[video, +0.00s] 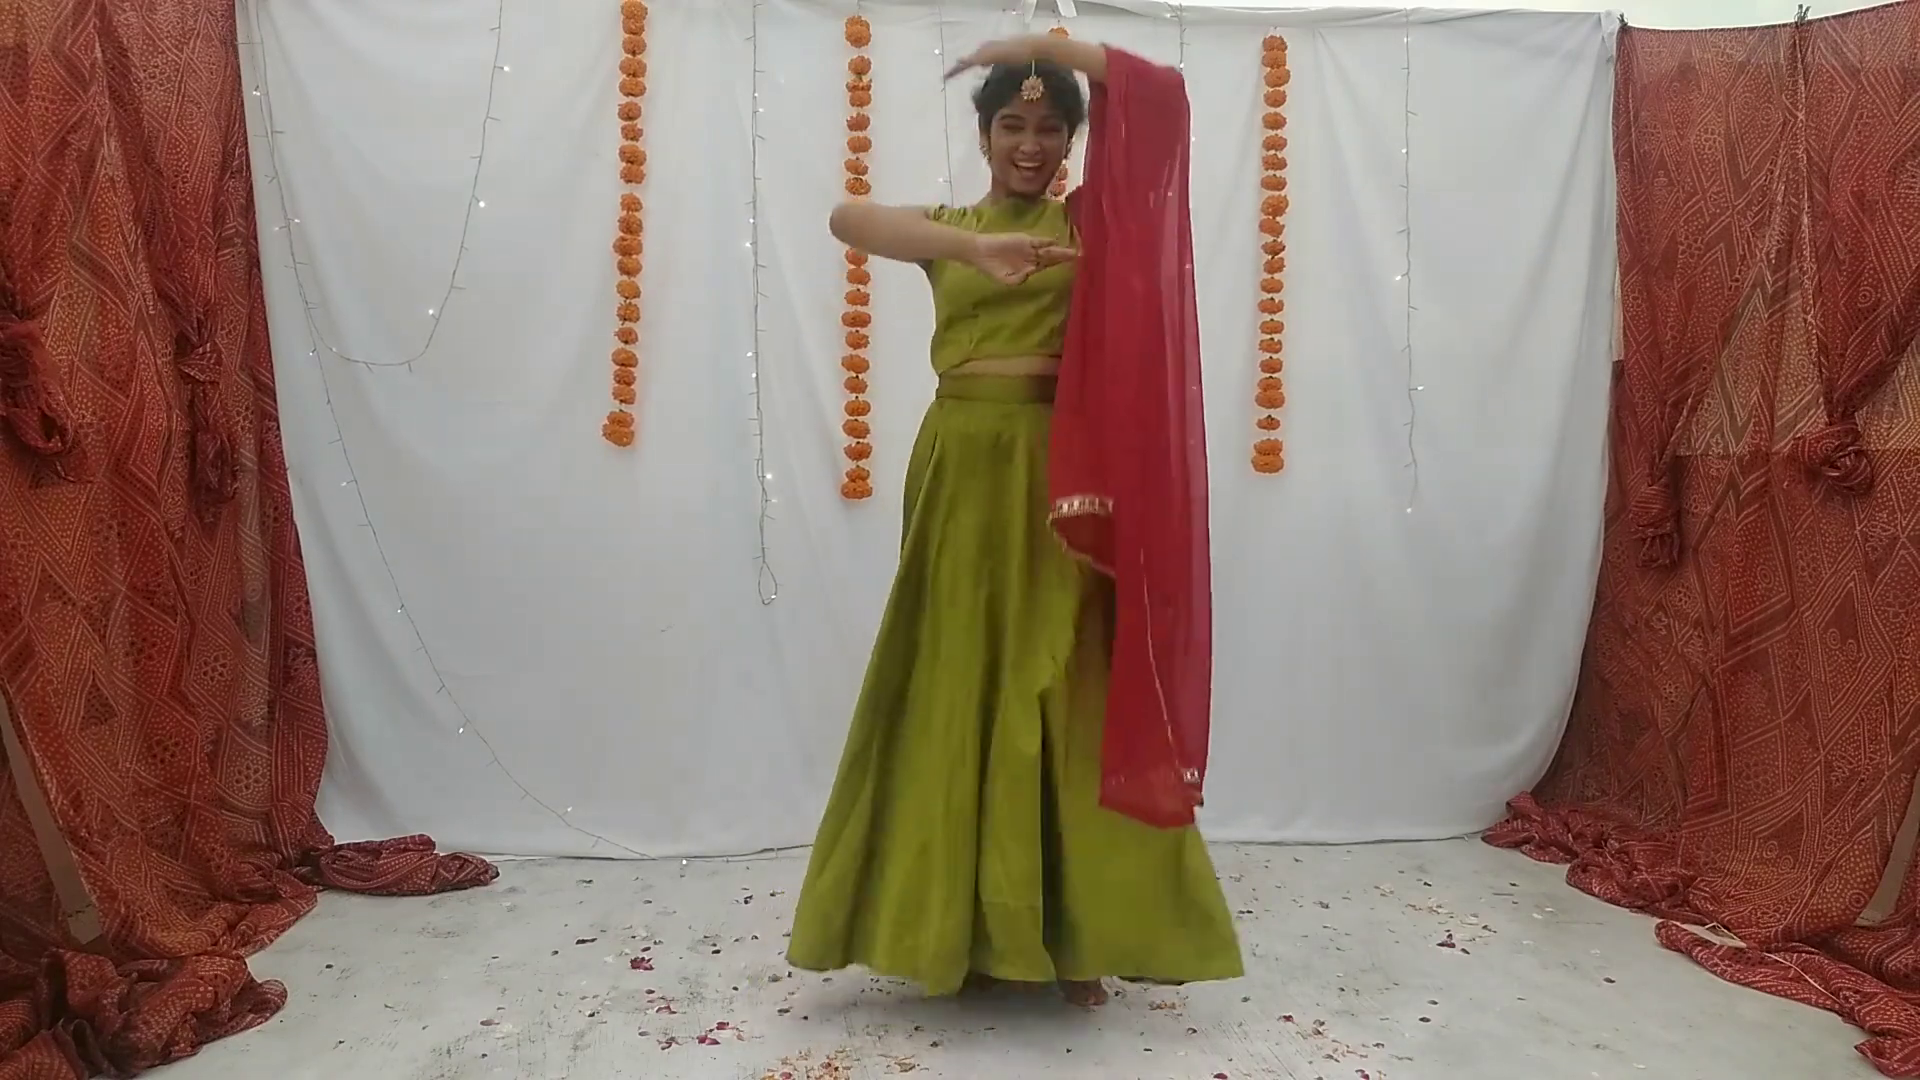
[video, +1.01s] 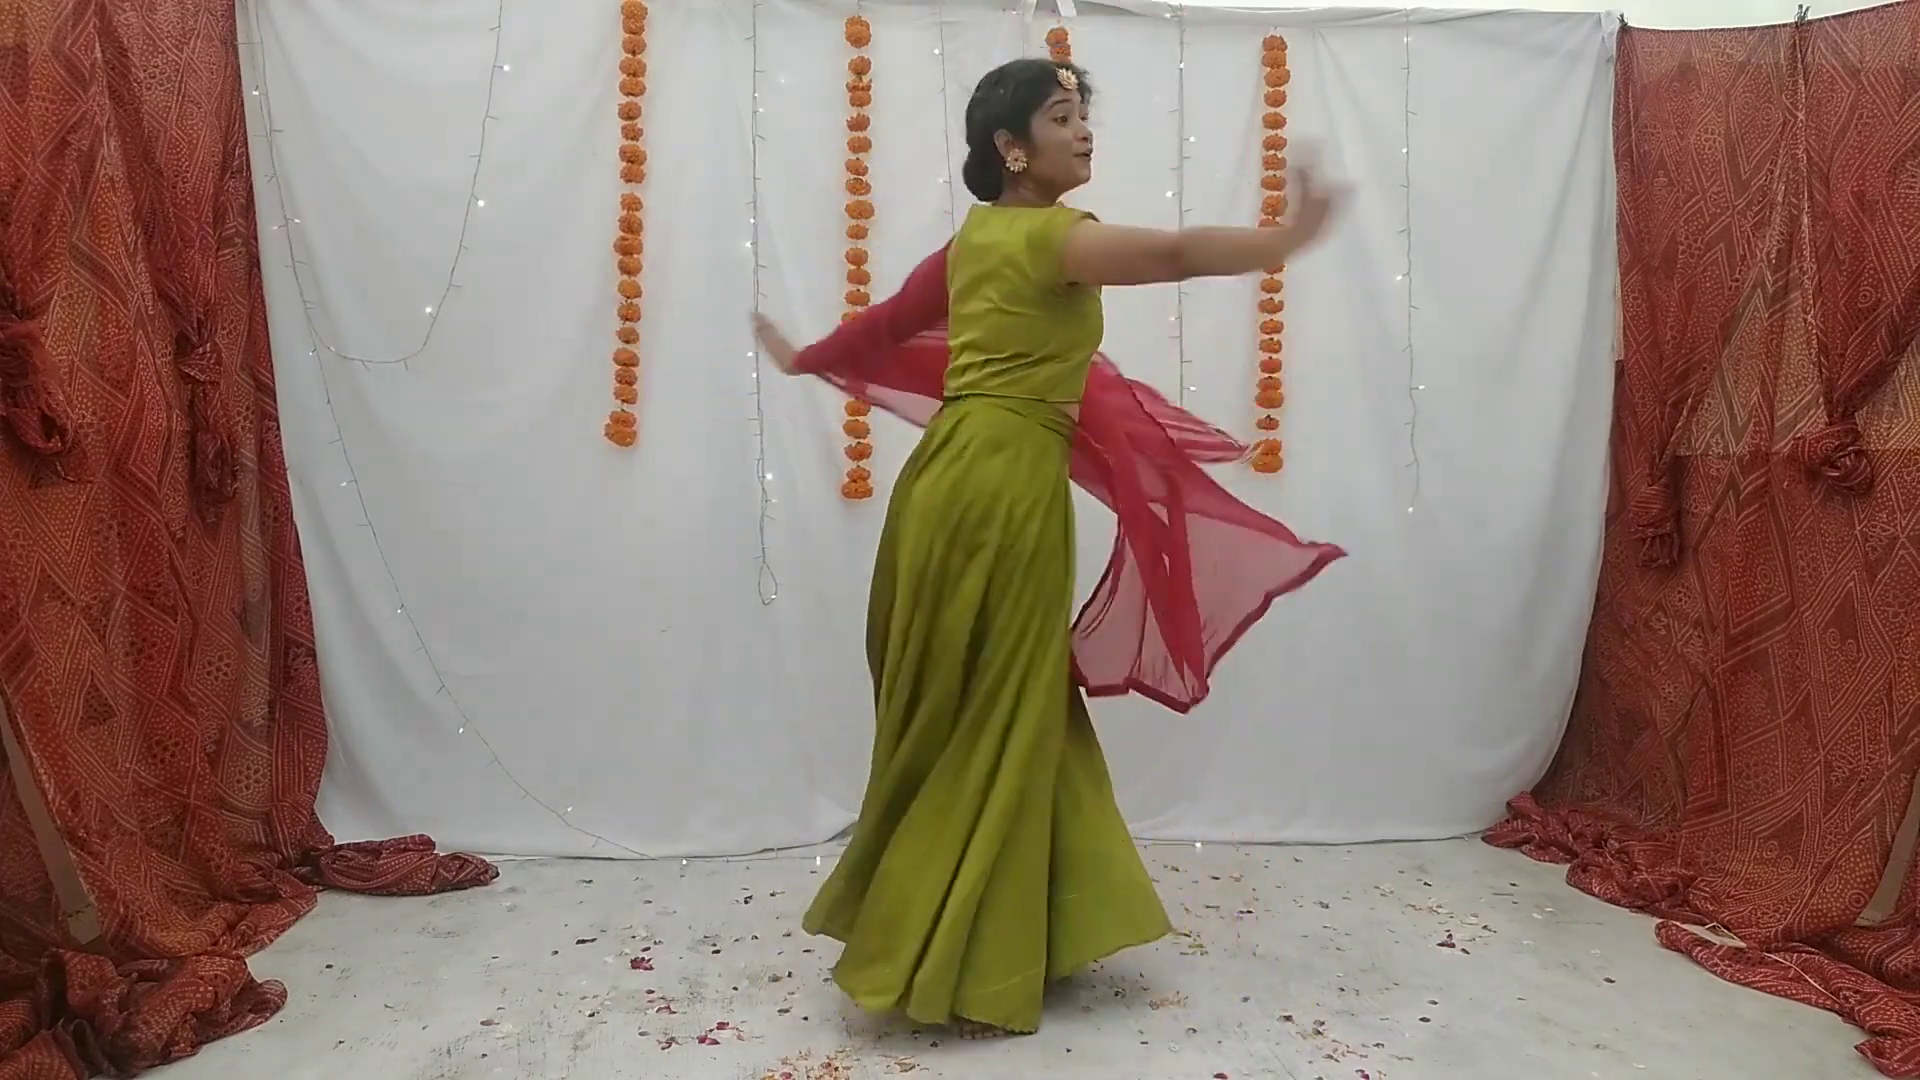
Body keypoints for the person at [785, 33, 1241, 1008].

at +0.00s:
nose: (1032, 144)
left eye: (1050, 127)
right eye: (1014, 126)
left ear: (1074, 138)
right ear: (985, 133)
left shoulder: (1099, 225)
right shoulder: (951, 226)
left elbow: (1162, 94)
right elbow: (848, 219)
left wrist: (1045, 42)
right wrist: (971, 246)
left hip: (1070, 474)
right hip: (967, 470)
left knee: (1071, 697)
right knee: (965, 694)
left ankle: (1074, 933)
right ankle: (973, 930)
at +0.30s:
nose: (1020, 102)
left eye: (1036, 87)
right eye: (1000, 90)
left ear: (1063, 111)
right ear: (977, 118)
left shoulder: (1114, 209)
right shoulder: (951, 228)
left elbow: (1207, 124)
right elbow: (824, 226)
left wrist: (1115, 50)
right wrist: (931, 169)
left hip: (1089, 467)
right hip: (978, 466)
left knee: (1071, 712)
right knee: (970, 711)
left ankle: (1063, 956)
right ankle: (967, 959)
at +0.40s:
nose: (1006, 127)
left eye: (1022, 112)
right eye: (987, 114)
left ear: (1052, 130)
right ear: (960, 139)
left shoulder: (1096, 234)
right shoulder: (941, 252)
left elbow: (1193, 309)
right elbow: (845, 369)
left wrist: (1108, 223)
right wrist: (904, 265)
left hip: (1086, 495)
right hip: (972, 492)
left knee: (1085, 732)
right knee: (969, 730)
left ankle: (1086, 984)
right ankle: (965, 975)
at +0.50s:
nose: (990, 150)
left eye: (1008, 136)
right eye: (970, 139)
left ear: (1039, 163)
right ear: (949, 169)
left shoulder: (1086, 271)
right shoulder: (921, 293)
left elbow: (1197, 380)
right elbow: (916, 444)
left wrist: (1102, 319)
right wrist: (891, 372)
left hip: (1074, 533)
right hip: (959, 529)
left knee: (1082, 757)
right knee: (965, 757)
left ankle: (1080, 992)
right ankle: (960, 987)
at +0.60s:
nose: (987, 157)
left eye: (1004, 143)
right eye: (969, 146)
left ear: (1036, 167)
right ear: (944, 173)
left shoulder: (1082, 275)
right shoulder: (918, 292)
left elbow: (1184, 377)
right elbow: (865, 424)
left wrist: (1236, 300)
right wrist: (766, 393)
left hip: (1057, 522)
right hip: (951, 519)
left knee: (1068, 756)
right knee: (959, 754)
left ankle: (1067, 992)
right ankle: (956, 986)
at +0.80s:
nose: (1021, 112)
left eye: (1036, 97)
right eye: (1000, 102)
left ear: (1062, 119)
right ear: (973, 130)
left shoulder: (1072, 238)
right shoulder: (971, 223)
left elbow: (1127, 375)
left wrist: (1228, 419)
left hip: (1041, 488)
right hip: (967, 479)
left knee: (1043, 722)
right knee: (969, 725)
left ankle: (1026, 963)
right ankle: (953, 972)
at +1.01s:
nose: (1085, 132)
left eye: (1083, 116)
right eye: (1065, 120)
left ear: (1014, 156)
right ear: (1014, 148)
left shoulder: (971, 239)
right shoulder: (1052, 238)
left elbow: (887, 322)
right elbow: (1171, 254)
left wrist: (802, 358)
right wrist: (1289, 237)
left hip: (939, 480)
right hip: (1006, 488)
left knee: (947, 712)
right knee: (1005, 716)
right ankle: (963, 959)